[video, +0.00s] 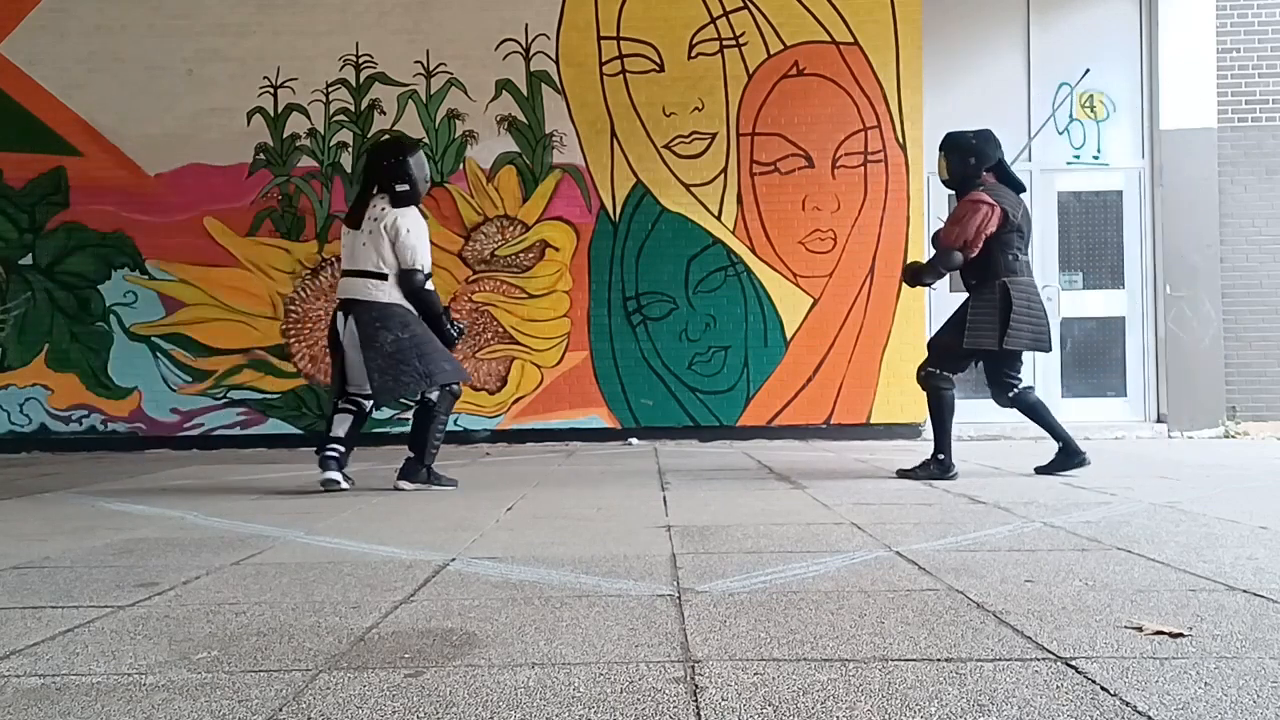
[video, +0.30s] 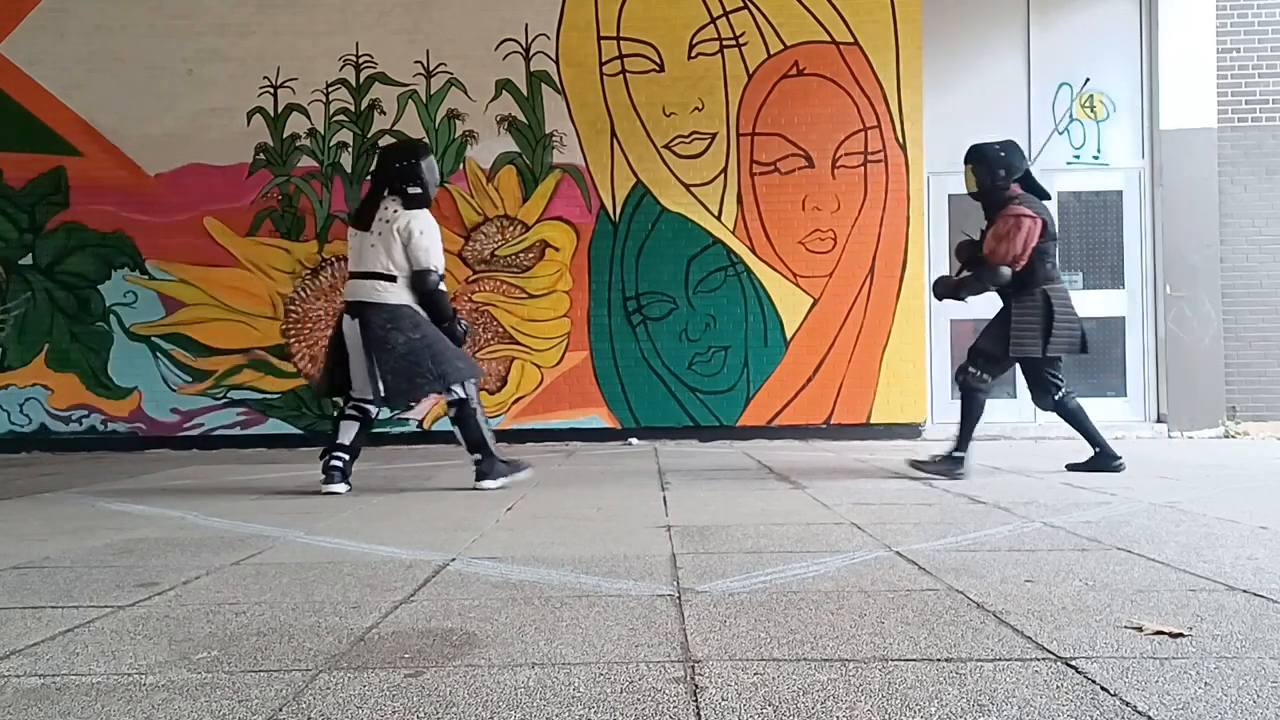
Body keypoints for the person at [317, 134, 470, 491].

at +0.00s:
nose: (425, 174)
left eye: (422, 165)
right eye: (419, 166)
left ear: (376, 173)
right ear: (406, 173)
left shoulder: (357, 212)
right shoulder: (406, 215)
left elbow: (354, 272)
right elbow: (414, 282)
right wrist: (443, 326)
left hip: (347, 314)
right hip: (387, 316)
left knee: (357, 392)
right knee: (445, 381)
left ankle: (332, 461)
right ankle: (419, 466)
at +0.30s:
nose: (434, 178)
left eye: (432, 170)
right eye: (429, 170)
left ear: (384, 175)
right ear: (415, 176)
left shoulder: (362, 214)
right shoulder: (416, 218)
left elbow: (360, 274)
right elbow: (426, 284)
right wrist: (452, 325)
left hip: (354, 316)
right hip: (396, 317)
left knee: (364, 395)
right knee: (459, 376)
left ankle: (335, 469)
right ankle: (488, 462)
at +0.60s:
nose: (477, 171)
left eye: (474, 163)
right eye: (472, 164)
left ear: (427, 171)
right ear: (458, 170)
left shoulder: (407, 210)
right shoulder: (465, 213)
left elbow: (406, 272)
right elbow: (476, 281)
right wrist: (496, 328)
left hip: (407, 310)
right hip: (449, 311)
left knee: (401, 392)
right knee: (510, 376)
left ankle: (355, 463)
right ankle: (499, 465)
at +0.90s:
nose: (519, 179)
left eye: (517, 170)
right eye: (514, 171)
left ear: (469, 175)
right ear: (499, 175)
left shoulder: (449, 212)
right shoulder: (499, 216)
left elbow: (460, 269)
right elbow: (515, 280)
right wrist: (556, 294)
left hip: (441, 310)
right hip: (483, 313)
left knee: (437, 393)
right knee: (555, 365)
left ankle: (409, 470)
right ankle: (563, 451)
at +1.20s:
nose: (600, 166)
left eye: (598, 160)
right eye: (595, 160)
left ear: (555, 165)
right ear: (585, 164)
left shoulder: (540, 204)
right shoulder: (592, 201)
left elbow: (559, 257)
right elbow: (626, 256)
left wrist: (613, 278)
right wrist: (661, 273)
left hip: (537, 294)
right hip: (578, 296)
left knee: (523, 378)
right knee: (628, 370)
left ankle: (489, 455)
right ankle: (633, 461)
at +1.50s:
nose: (693, 194)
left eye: (689, 188)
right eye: (689, 188)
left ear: (649, 193)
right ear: (679, 191)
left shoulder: (634, 229)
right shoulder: (688, 224)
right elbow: (732, 256)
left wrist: (751, 249)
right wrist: (774, 246)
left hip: (641, 332)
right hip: (685, 333)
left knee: (604, 402)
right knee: (753, 379)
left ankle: (548, 463)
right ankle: (789, 456)